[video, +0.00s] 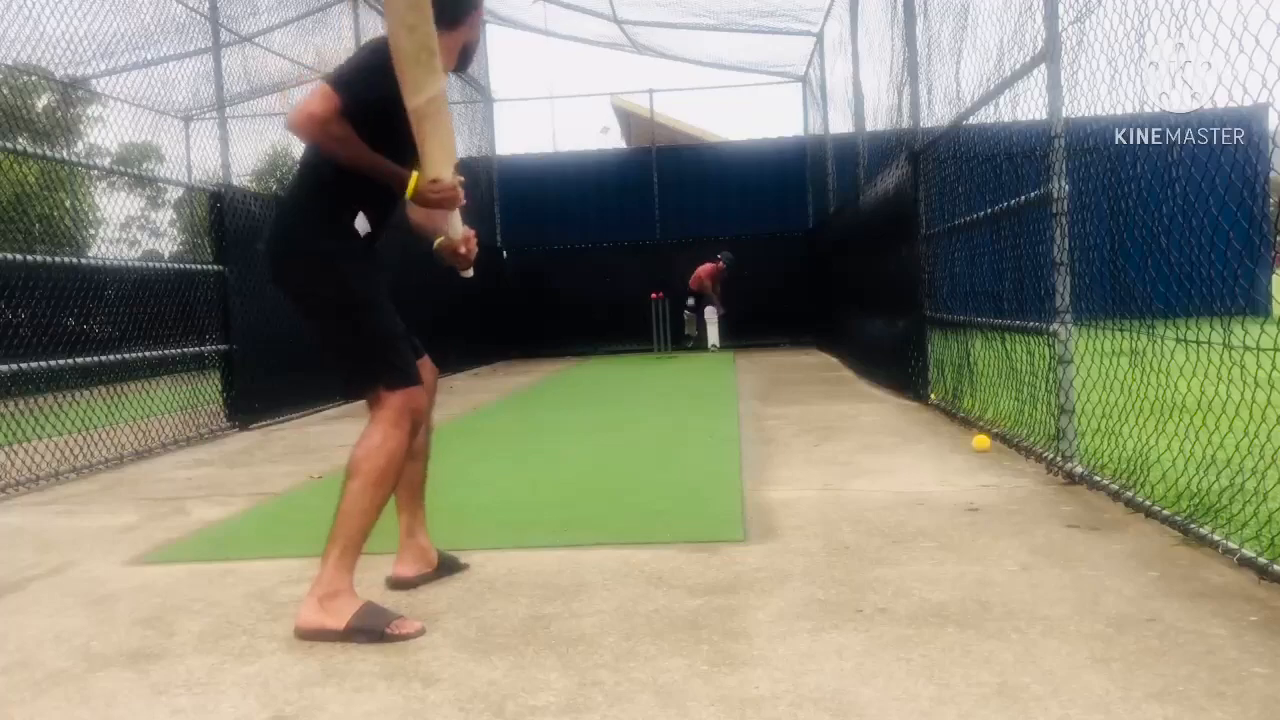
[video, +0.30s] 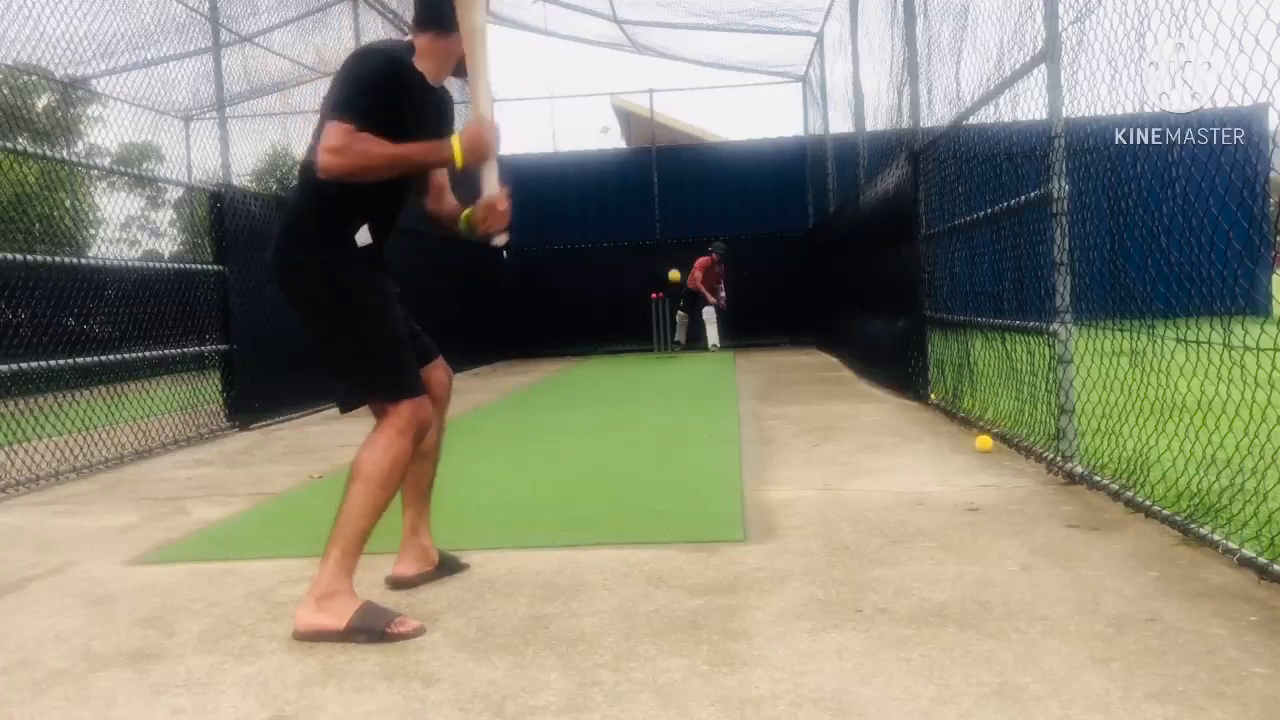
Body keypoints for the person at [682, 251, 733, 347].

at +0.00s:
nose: (724, 267)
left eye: (726, 265)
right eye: (724, 263)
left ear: (727, 266)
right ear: (719, 261)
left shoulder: (719, 272)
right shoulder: (707, 270)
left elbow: (717, 287)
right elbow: (708, 291)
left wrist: (717, 303)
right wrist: (718, 306)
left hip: (705, 292)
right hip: (694, 291)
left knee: (710, 314)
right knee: (691, 315)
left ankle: (712, 341)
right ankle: (691, 337)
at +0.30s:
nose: (718, 257)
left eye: (720, 255)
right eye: (716, 254)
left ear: (722, 256)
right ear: (712, 253)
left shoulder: (719, 267)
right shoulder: (702, 262)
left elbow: (719, 284)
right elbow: (697, 283)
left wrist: (721, 298)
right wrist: (709, 297)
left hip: (706, 292)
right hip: (692, 291)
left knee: (709, 314)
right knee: (682, 315)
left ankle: (713, 344)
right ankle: (679, 342)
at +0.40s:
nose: (713, 252)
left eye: (715, 249)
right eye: (710, 249)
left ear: (717, 251)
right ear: (705, 249)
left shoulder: (717, 266)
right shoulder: (696, 259)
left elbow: (718, 283)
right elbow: (689, 272)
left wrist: (721, 296)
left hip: (705, 291)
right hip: (691, 290)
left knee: (707, 313)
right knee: (682, 315)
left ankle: (713, 344)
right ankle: (681, 344)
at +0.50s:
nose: (705, 249)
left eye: (707, 246)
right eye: (702, 246)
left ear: (710, 248)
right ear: (698, 246)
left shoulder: (711, 261)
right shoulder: (690, 257)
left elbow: (713, 279)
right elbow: (684, 263)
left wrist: (716, 290)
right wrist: (682, 268)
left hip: (702, 292)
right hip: (688, 291)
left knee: (706, 314)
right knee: (681, 318)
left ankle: (713, 344)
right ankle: (682, 345)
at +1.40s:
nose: (689, 246)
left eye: (691, 243)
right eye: (687, 244)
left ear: (697, 241)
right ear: (685, 244)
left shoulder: (706, 255)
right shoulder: (683, 256)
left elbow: (714, 271)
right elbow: (681, 271)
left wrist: (713, 278)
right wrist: (679, 276)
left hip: (703, 288)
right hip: (688, 289)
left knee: (707, 315)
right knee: (684, 315)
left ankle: (711, 344)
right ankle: (682, 345)